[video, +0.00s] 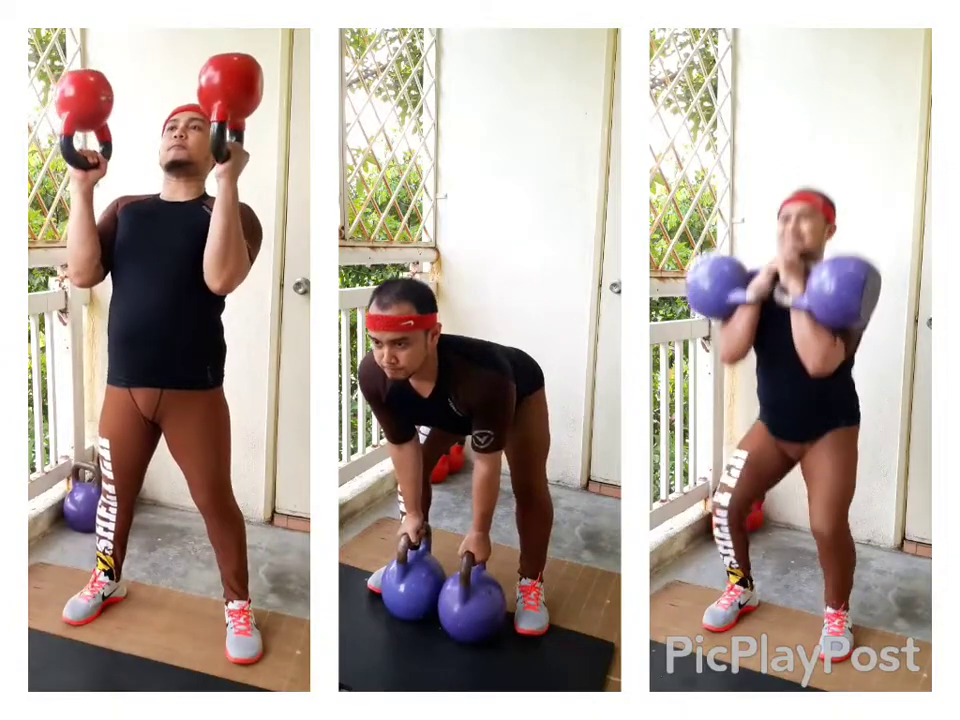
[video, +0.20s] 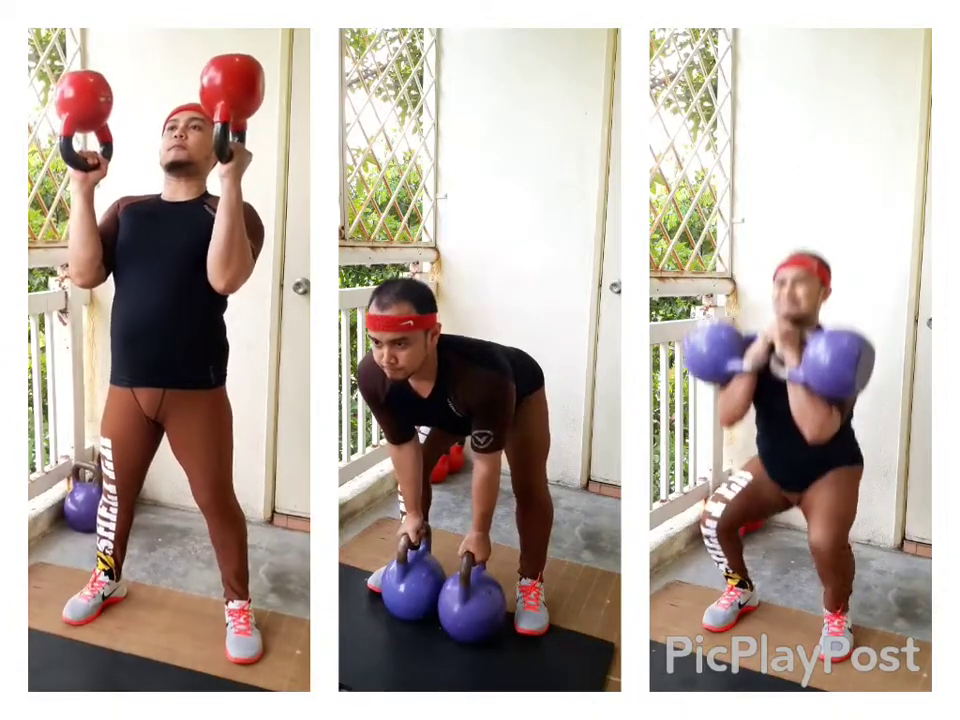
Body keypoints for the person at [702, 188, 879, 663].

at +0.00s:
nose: (792, 227)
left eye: (805, 219)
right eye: (785, 218)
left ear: (828, 230)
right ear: (776, 228)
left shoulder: (842, 289)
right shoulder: (756, 283)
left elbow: (821, 362)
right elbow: (730, 351)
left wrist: (795, 290)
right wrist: (759, 289)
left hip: (830, 431)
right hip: (773, 427)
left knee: (828, 528)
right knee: (733, 508)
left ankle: (836, 613)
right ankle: (740, 585)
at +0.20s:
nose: (790, 290)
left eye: (802, 282)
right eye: (783, 282)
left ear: (823, 294)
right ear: (772, 292)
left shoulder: (833, 352)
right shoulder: (754, 346)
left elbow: (819, 430)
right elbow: (727, 416)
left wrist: (792, 361)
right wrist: (753, 361)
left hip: (831, 466)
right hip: (775, 464)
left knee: (826, 543)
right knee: (721, 521)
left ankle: (836, 616)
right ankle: (740, 588)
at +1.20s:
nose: (795, 226)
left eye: (808, 221)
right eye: (788, 218)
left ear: (829, 238)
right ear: (777, 231)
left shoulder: (835, 299)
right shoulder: (756, 291)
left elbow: (819, 376)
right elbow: (729, 359)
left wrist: (793, 307)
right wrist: (751, 306)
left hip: (829, 433)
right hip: (773, 427)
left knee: (829, 531)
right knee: (727, 505)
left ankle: (837, 615)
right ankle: (740, 587)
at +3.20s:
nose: (795, 190)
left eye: (808, 182)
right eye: (788, 182)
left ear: (832, 195)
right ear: (778, 193)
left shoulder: (846, 257)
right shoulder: (758, 249)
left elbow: (824, 323)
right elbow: (728, 317)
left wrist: (799, 251)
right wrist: (758, 256)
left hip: (824, 412)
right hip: (765, 408)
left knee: (827, 516)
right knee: (738, 499)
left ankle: (836, 612)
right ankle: (739, 586)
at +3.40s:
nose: (789, 238)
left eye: (802, 230)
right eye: (782, 230)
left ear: (825, 241)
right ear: (773, 239)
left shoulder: (840, 302)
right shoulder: (757, 296)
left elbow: (822, 374)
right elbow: (727, 362)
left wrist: (795, 302)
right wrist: (756, 305)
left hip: (830, 438)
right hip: (773, 434)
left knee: (828, 533)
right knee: (727, 510)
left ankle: (835, 613)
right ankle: (740, 587)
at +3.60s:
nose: (787, 297)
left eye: (800, 288)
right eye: (780, 288)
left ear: (821, 299)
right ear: (770, 298)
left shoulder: (836, 356)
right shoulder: (753, 352)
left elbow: (821, 436)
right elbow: (726, 421)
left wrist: (793, 367)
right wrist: (753, 371)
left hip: (832, 472)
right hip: (775, 469)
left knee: (827, 545)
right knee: (718, 521)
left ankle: (836, 616)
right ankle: (740, 588)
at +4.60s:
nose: (782, 244)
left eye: (794, 236)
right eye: (774, 236)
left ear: (817, 248)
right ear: (765, 247)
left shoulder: (829, 311)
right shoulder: (749, 307)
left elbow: (818, 391)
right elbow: (721, 377)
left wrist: (789, 323)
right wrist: (747, 324)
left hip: (827, 440)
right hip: (770, 436)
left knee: (827, 534)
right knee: (721, 510)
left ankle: (836, 614)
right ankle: (740, 586)